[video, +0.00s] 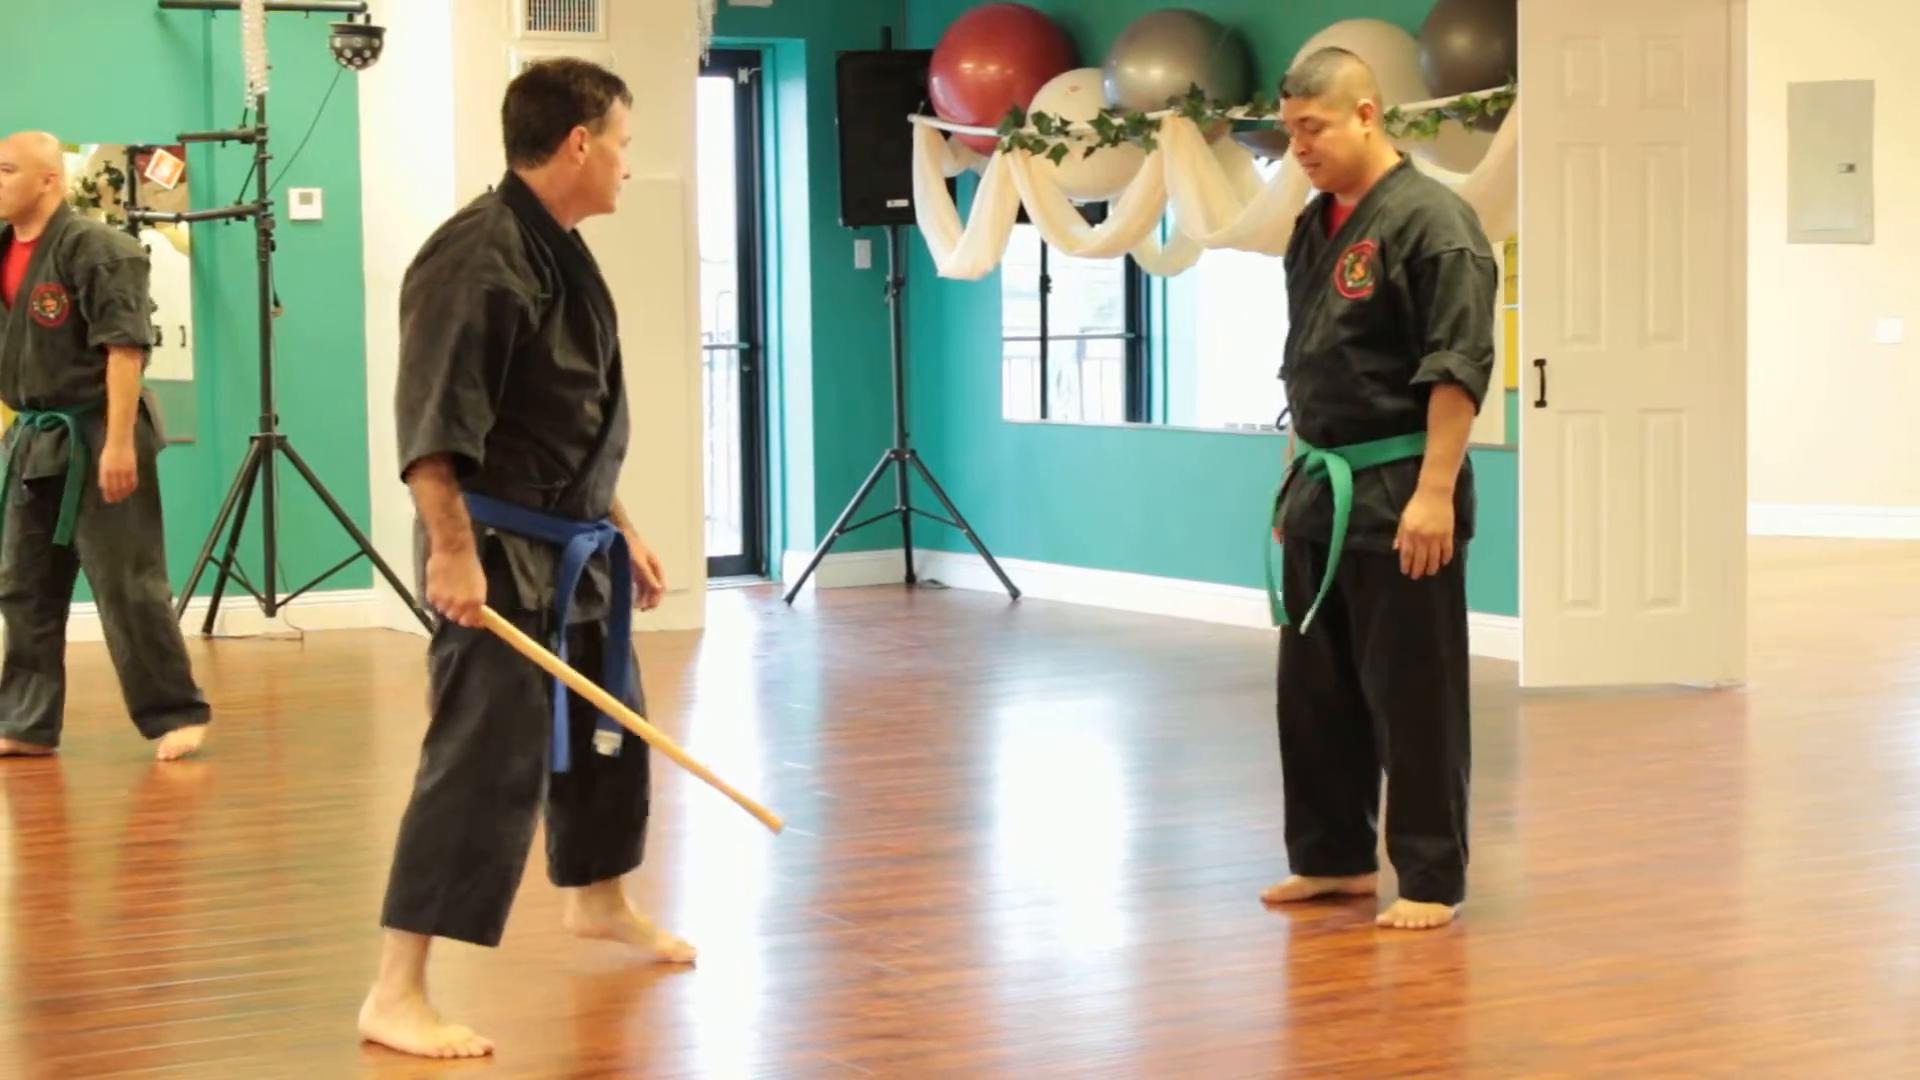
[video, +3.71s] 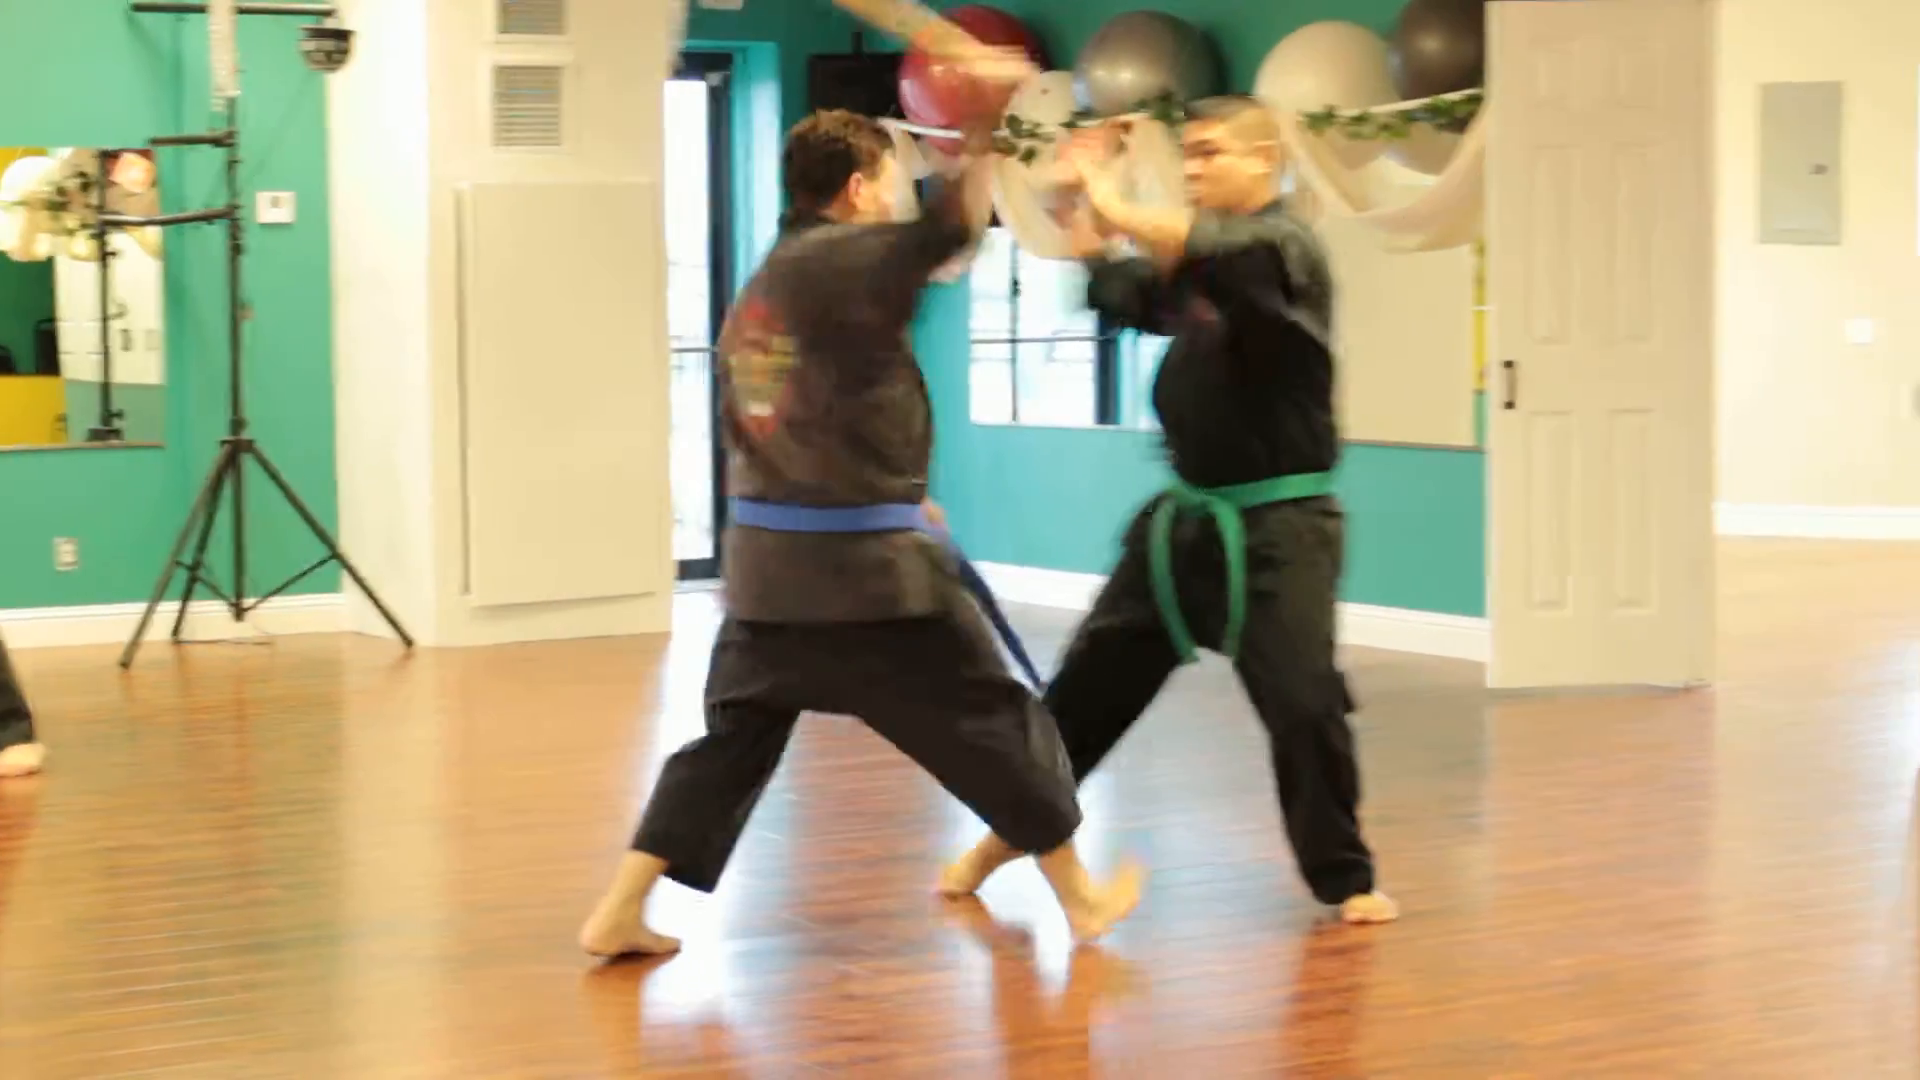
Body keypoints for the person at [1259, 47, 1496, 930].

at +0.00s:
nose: (1298, 149)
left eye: (1311, 130)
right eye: (1291, 134)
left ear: (1367, 116)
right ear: (1298, 133)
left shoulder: (1435, 218)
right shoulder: (1315, 222)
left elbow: (1458, 369)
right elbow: (1310, 361)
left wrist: (1436, 491)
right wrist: (1297, 469)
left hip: (1404, 475)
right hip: (1321, 475)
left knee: (1414, 687)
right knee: (1318, 679)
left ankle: (1430, 882)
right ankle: (1334, 862)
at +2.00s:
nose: (1306, 121)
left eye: (1326, 107)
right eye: (1303, 108)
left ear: (1382, 121)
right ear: (1306, 125)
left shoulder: (1426, 229)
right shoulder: (1311, 233)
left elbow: (1444, 382)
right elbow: (1302, 370)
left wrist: (1416, 505)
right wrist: (1277, 472)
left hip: (1400, 483)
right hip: (1321, 484)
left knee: (1412, 691)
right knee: (1327, 684)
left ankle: (1437, 888)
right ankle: (1350, 861)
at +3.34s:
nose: (1276, 131)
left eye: (1295, 116)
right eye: (1274, 118)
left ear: (1352, 127)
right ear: (1291, 132)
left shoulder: (1377, 233)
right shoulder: (1313, 228)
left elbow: (1375, 385)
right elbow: (1312, 373)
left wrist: (1301, 477)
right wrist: (1268, 454)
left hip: (1385, 487)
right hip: (1318, 480)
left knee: (1375, 679)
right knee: (1307, 675)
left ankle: (1388, 873)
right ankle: (1336, 861)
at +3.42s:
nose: (1272, 144)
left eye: (1291, 129)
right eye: (1269, 131)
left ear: (1347, 140)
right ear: (1274, 145)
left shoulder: (1366, 239)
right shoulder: (1310, 241)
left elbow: (1335, 370)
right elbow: (1283, 369)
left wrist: (1220, 383)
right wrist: (1264, 387)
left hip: (1379, 497)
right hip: (1303, 494)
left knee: (1373, 688)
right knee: (1246, 658)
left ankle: (1384, 873)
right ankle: (1308, 824)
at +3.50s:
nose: (1268, 154)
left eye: (1286, 139)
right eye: (1264, 140)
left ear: (1340, 150)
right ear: (1269, 153)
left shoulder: (1359, 253)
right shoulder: (1309, 244)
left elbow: (1255, 349)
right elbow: (1282, 296)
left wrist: (1170, 291)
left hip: (1371, 505)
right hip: (1291, 500)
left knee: (1366, 684)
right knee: (1199, 642)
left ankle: (1383, 878)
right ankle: (1226, 812)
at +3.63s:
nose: (1248, 163)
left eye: (1265, 146)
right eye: (1241, 150)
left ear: (1321, 153)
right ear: (1243, 164)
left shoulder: (1337, 247)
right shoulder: (1267, 246)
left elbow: (1232, 291)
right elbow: (1201, 280)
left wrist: (1146, 230)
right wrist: (1168, 204)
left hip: (1343, 513)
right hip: (1257, 510)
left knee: (1338, 691)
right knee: (1159, 663)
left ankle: (1382, 884)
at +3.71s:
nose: (1194, 169)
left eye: (1210, 154)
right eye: (1188, 156)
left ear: (1265, 162)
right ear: (1185, 167)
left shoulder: (1293, 246)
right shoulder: (1191, 261)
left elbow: (1219, 245)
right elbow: (1128, 295)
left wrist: (1116, 212)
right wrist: (1079, 205)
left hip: (1284, 513)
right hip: (1189, 510)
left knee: (1299, 694)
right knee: (1096, 676)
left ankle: (1348, 884)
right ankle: (1016, 826)